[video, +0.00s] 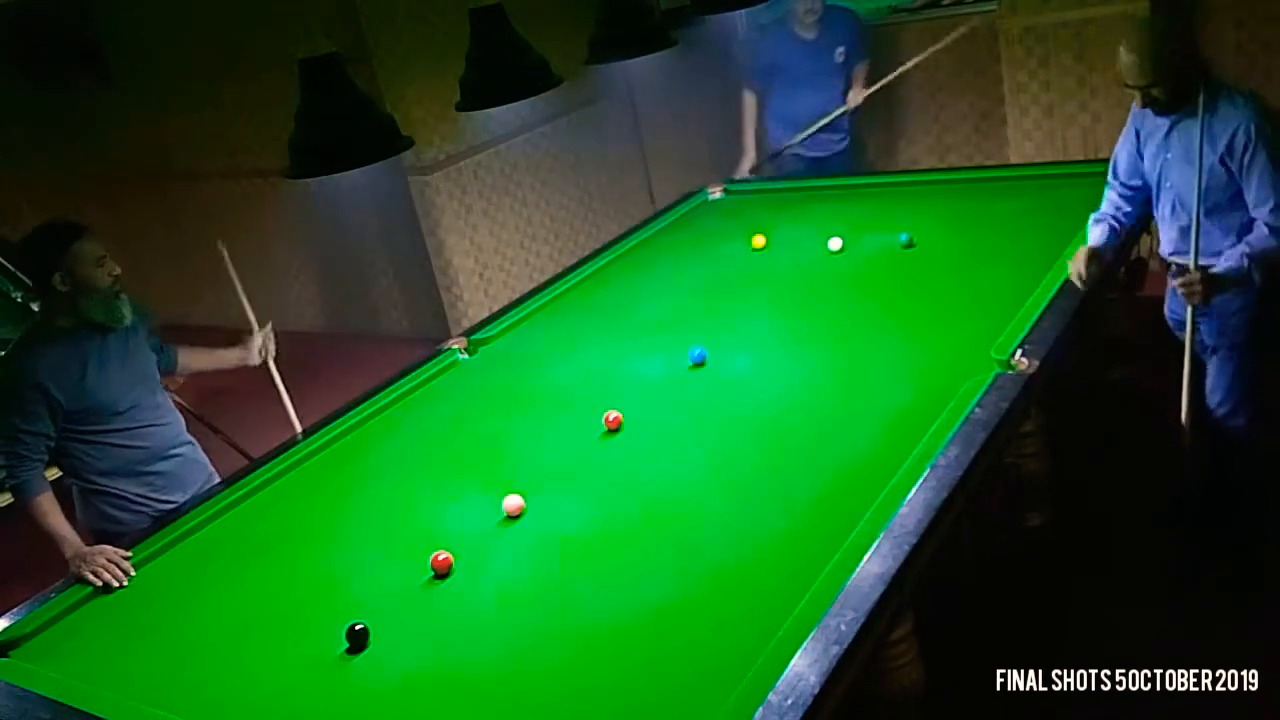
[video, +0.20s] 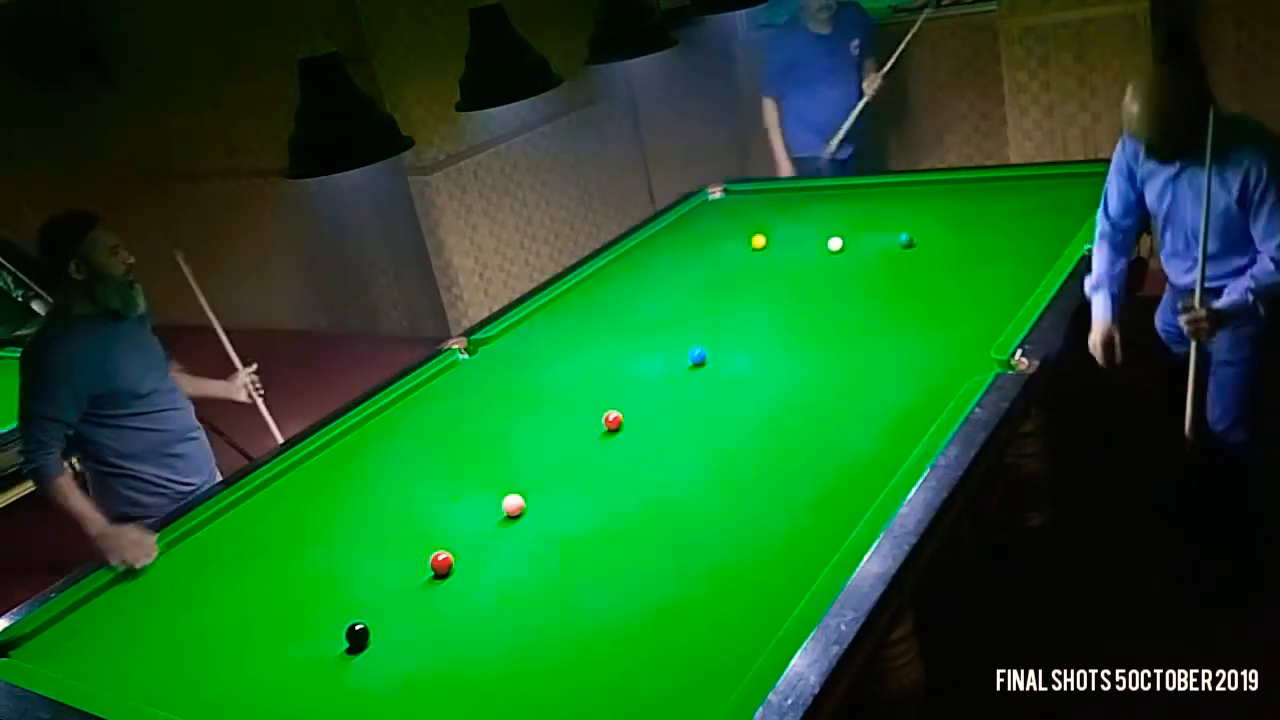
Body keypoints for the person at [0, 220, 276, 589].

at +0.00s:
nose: (116, 270)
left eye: (110, 260)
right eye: (99, 264)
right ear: (62, 282)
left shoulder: (127, 319)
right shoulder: (32, 363)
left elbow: (163, 359)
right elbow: (23, 470)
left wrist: (245, 354)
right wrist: (75, 550)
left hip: (203, 491)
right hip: (135, 530)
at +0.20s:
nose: (129, 259)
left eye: (122, 249)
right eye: (113, 253)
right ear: (78, 270)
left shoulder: (124, 312)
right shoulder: (56, 349)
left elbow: (158, 376)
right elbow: (41, 457)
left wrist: (228, 388)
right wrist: (102, 531)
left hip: (205, 486)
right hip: (152, 521)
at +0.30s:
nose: (140, 252)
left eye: (133, 242)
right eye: (124, 245)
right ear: (89, 264)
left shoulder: (128, 308)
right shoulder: (76, 336)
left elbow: (158, 378)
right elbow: (62, 442)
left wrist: (222, 385)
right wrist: (137, 506)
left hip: (208, 479)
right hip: (172, 502)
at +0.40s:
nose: (150, 246)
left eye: (142, 236)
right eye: (134, 239)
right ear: (101, 257)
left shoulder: (134, 304)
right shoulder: (94, 327)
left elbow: (164, 371)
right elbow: (96, 429)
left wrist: (222, 377)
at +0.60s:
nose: (175, 231)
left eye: (169, 221)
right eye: (161, 225)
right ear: (131, 241)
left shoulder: (154, 290)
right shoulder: (136, 301)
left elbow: (174, 363)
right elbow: (156, 398)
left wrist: (223, 352)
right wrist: (244, 431)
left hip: (227, 464)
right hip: (202, 480)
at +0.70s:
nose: (187, 221)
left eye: (182, 211)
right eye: (173, 214)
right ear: (144, 230)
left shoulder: (164, 279)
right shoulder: (153, 286)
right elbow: (173, 382)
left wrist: (224, 336)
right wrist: (258, 415)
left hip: (232, 446)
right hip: (215, 457)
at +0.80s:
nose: (201, 211)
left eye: (196, 201)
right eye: (187, 205)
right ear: (159, 218)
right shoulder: (170, 272)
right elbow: (188, 368)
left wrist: (228, 322)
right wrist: (271, 402)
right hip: (230, 434)